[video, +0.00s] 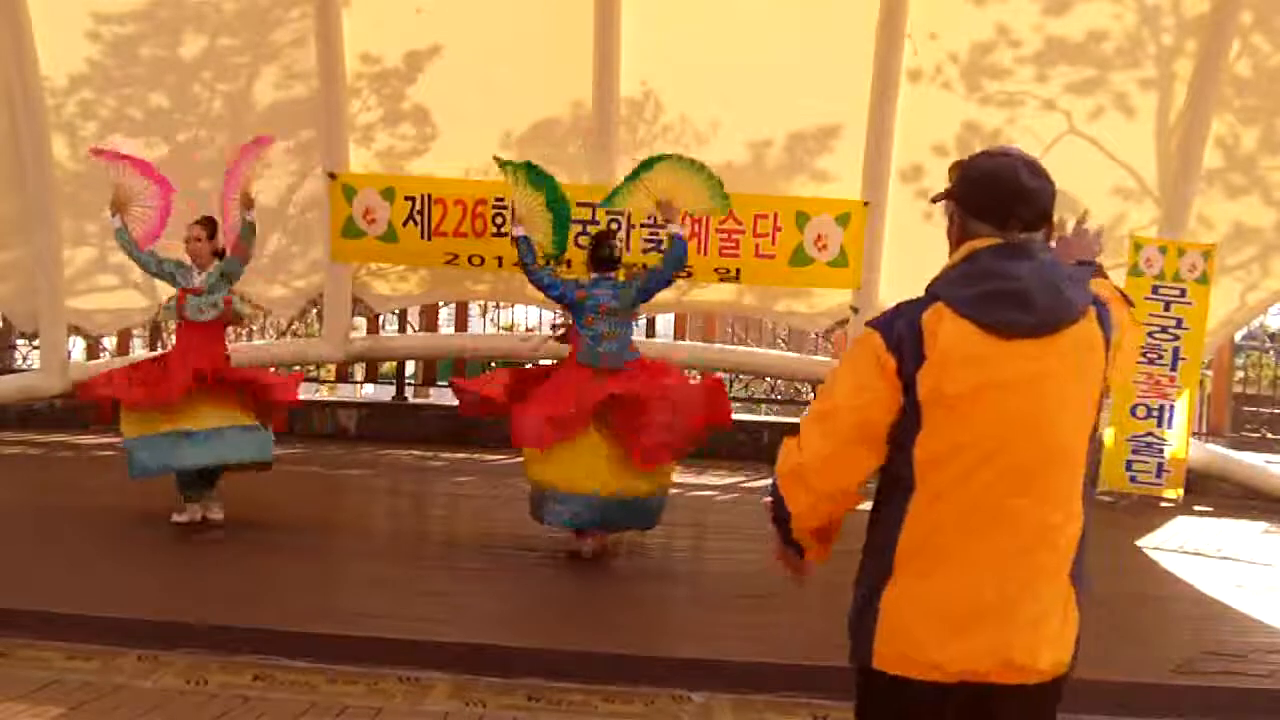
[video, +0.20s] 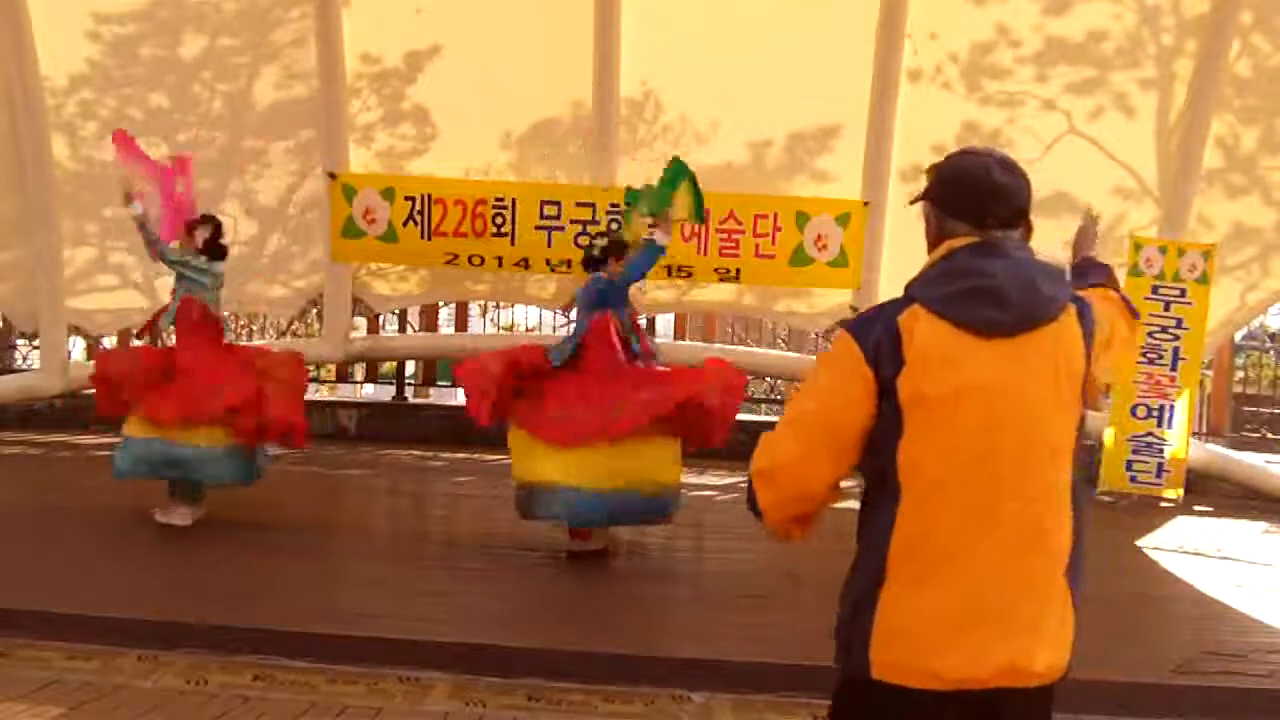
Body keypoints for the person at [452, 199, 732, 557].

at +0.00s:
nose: (615, 259)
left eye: (607, 255)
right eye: (616, 254)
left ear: (588, 260)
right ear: (619, 259)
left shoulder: (575, 293)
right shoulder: (631, 291)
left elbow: (538, 275)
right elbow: (670, 268)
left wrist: (521, 236)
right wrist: (675, 228)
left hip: (582, 372)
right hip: (624, 372)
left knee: (580, 447)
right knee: (614, 449)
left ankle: (583, 529)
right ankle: (600, 529)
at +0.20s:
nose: (626, 268)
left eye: (627, 262)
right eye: (622, 262)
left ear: (613, 264)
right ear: (607, 263)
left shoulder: (608, 291)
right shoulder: (600, 290)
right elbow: (631, 273)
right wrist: (659, 237)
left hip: (605, 372)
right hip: (590, 372)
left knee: (595, 448)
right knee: (585, 447)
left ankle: (589, 526)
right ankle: (581, 529)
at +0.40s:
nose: (624, 270)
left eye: (629, 264)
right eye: (618, 263)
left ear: (633, 267)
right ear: (600, 264)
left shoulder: (634, 297)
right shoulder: (589, 291)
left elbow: (673, 293)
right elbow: (556, 280)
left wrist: (704, 266)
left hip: (629, 377)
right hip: (591, 374)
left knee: (623, 446)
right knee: (590, 443)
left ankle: (613, 523)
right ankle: (582, 518)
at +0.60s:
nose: (608, 268)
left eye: (614, 263)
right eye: (603, 263)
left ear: (626, 266)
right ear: (595, 264)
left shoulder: (636, 296)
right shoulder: (582, 291)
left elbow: (667, 306)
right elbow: (541, 301)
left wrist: (678, 284)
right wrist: (497, 302)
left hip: (625, 377)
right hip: (585, 376)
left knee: (618, 452)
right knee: (587, 451)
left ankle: (609, 528)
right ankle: (586, 527)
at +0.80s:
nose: (596, 267)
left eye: (603, 261)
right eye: (592, 260)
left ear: (615, 265)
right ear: (584, 265)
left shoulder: (624, 298)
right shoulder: (577, 302)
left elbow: (633, 325)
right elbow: (556, 341)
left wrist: (605, 317)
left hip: (621, 385)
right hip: (582, 380)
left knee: (615, 457)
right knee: (589, 453)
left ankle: (602, 527)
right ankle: (586, 527)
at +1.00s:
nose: (582, 272)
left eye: (590, 266)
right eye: (581, 265)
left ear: (610, 269)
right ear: (582, 267)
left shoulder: (616, 301)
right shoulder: (587, 300)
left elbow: (610, 340)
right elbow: (589, 340)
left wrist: (569, 341)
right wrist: (560, 338)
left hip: (610, 386)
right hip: (585, 385)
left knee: (603, 451)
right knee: (584, 448)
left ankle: (605, 529)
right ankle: (586, 526)